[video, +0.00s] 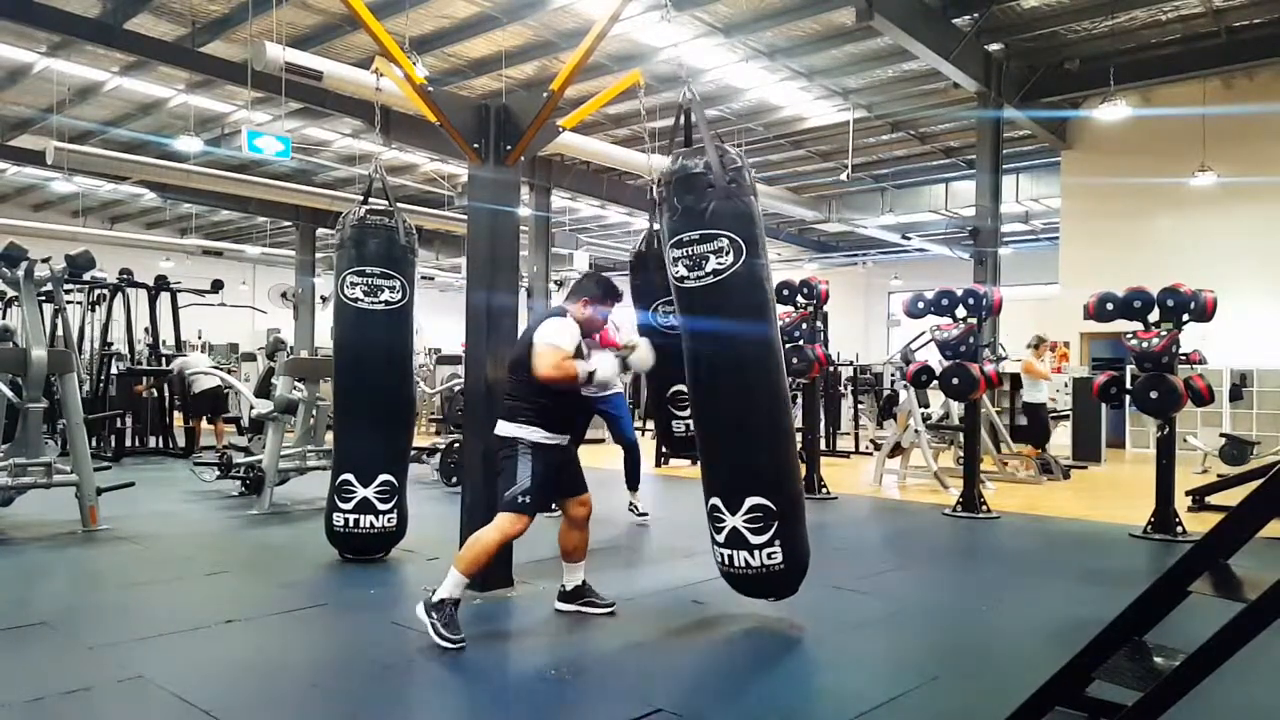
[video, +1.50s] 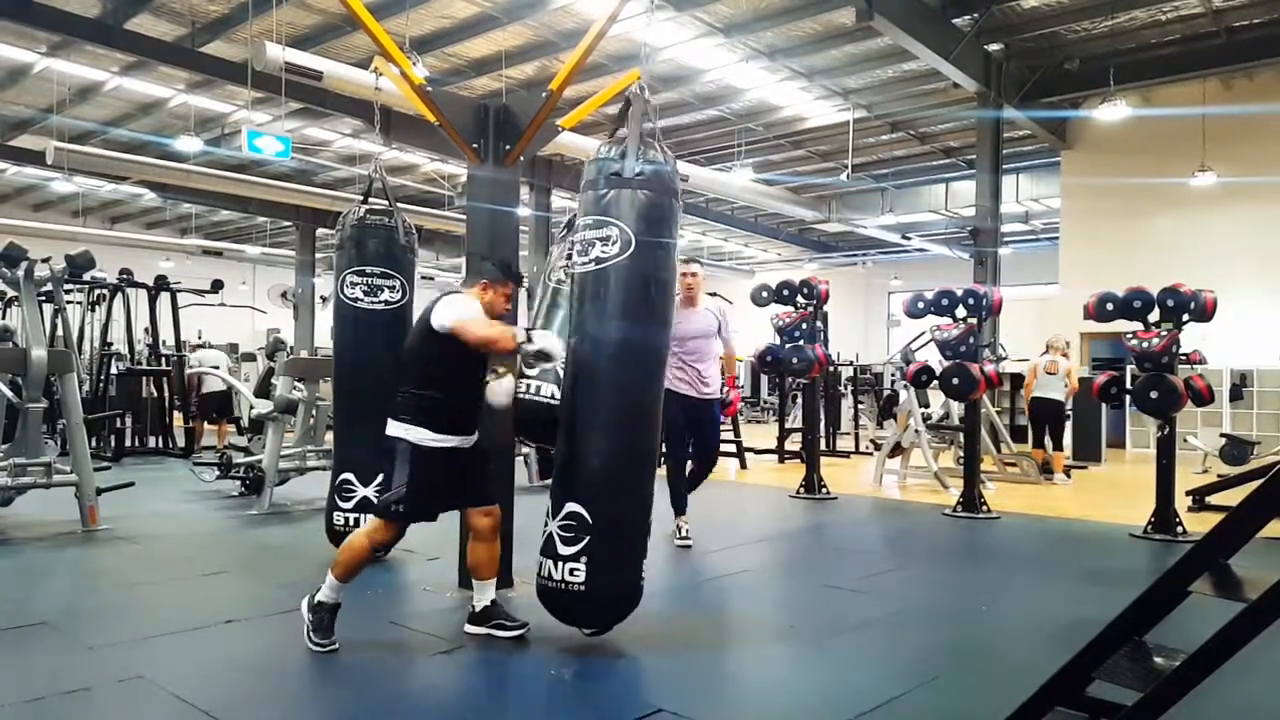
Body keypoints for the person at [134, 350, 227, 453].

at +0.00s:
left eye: (173, 365)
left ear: (177, 360)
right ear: (187, 355)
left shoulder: (178, 362)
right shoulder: (202, 356)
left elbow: (163, 378)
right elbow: (216, 367)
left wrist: (145, 387)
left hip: (200, 391)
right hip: (217, 387)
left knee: (196, 421)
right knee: (218, 420)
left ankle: (196, 448)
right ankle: (220, 446)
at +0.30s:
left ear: (177, 360)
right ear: (187, 355)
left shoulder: (178, 362)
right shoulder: (202, 356)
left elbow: (163, 378)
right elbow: (216, 367)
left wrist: (144, 388)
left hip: (200, 391)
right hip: (217, 387)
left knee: (196, 421)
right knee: (218, 420)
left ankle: (196, 447)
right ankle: (220, 446)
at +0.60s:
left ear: (177, 360)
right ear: (187, 355)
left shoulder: (177, 362)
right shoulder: (202, 357)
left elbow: (161, 379)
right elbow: (215, 367)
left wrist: (142, 386)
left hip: (199, 391)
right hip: (216, 387)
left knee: (196, 422)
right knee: (218, 420)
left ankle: (196, 448)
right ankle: (220, 446)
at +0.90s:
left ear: (181, 357)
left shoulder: (181, 361)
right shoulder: (203, 357)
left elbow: (171, 373)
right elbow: (214, 367)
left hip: (200, 390)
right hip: (217, 386)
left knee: (196, 421)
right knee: (219, 419)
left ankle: (196, 447)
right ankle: (220, 446)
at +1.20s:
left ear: (188, 352)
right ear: (200, 350)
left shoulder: (184, 360)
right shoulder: (210, 356)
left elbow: (184, 380)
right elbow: (221, 368)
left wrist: (183, 399)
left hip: (201, 391)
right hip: (220, 388)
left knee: (197, 421)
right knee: (220, 420)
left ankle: (197, 447)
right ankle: (220, 446)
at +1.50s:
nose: (191, 353)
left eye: (192, 351)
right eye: (191, 351)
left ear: (195, 349)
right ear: (205, 346)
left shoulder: (195, 356)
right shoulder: (221, 354)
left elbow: (193, 379)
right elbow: (231, 371)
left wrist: (192, 395)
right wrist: (230, 386)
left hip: (206, 391)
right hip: (223, 390)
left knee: (199, 420)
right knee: (223, 421)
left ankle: (197, 446)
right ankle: (220, 446)